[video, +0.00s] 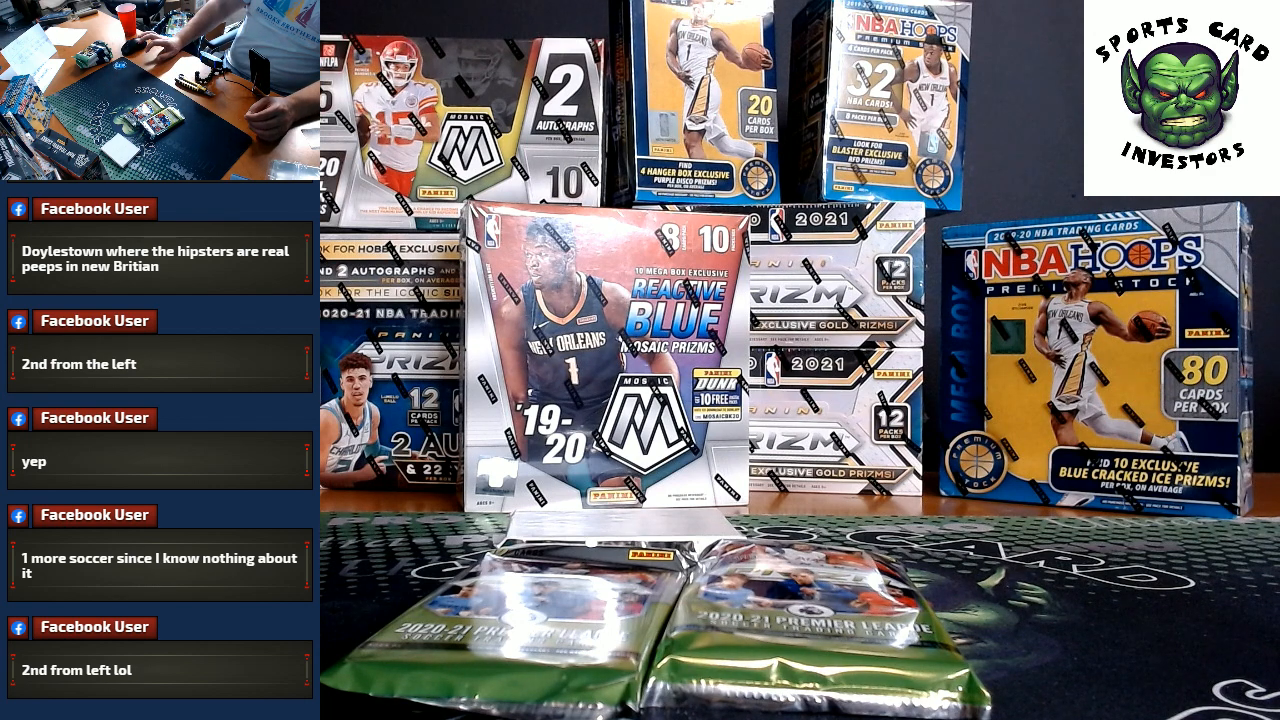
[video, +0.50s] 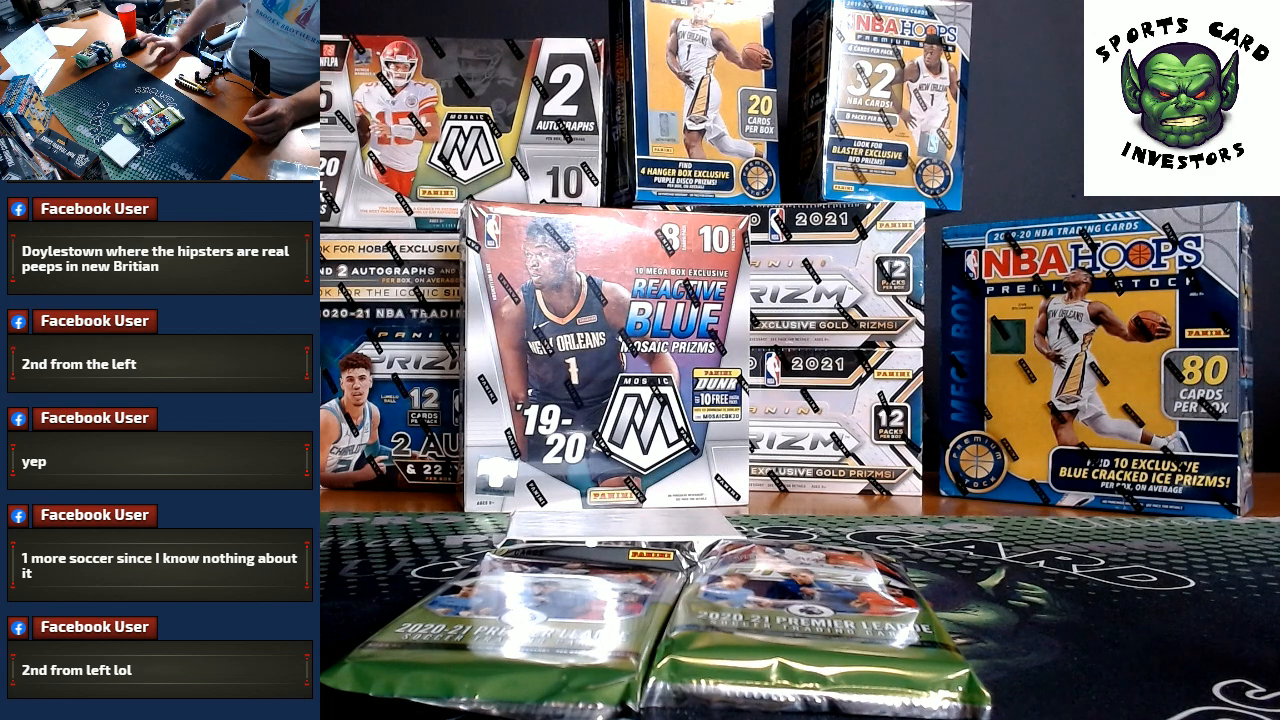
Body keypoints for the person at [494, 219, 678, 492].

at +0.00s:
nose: (532, 263)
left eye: (542, 254)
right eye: (529, 255)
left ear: (569, 256)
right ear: (524, 258)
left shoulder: (611, 299)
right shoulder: (513, 313)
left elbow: (658, 357)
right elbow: (518, 399)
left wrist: (662, 413)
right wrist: (524, 460)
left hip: (610, 423)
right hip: (549, 427)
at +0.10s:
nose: (533, 263)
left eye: (543, 254)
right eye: (529, 255)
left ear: (570, 256)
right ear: (525, 258)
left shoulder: (612, 299)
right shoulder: (513, 313)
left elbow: (657, 356)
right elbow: (518, 399)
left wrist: (663, 412)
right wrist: (524, 461)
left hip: (611, 420)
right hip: (550, 425)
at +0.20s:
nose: (532, 263)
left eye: (542, 254)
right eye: (529, 255)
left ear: (570, 255)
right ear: (524, 258)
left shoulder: (611, 299)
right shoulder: (513, 312)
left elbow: (658, 357)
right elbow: (518, 399)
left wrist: (663, 415)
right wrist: (523, 461)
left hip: (610, 421)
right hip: (549, 426)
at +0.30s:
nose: (532, 263)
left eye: (542, 254)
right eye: (529, 255)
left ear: (570, 255)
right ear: (524, 258)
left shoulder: (611, 299)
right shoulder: (513, 312)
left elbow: (658, 357)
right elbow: (518, 399)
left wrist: (663, 415)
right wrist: (523, 461)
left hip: (610, 421)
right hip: (549, 426)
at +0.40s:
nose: (532, 263)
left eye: (542, 254)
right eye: (529, 255)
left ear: (570, 255)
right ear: (524, 258)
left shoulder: (611, 299)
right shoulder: (513, 312)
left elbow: (658, 357)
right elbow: (518, 399)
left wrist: (663, 415)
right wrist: (523, 461)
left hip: (610, 422)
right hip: (549, 426)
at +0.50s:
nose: (532, 263)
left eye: (542, 254)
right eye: (529, 255)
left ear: (570, 255)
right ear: (525, 259)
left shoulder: (611, 299)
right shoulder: (513, 313)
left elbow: (658, 357)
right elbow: (518, 398)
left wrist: (662, 413)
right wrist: (524, 460)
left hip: (610, 422)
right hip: (549, 427)